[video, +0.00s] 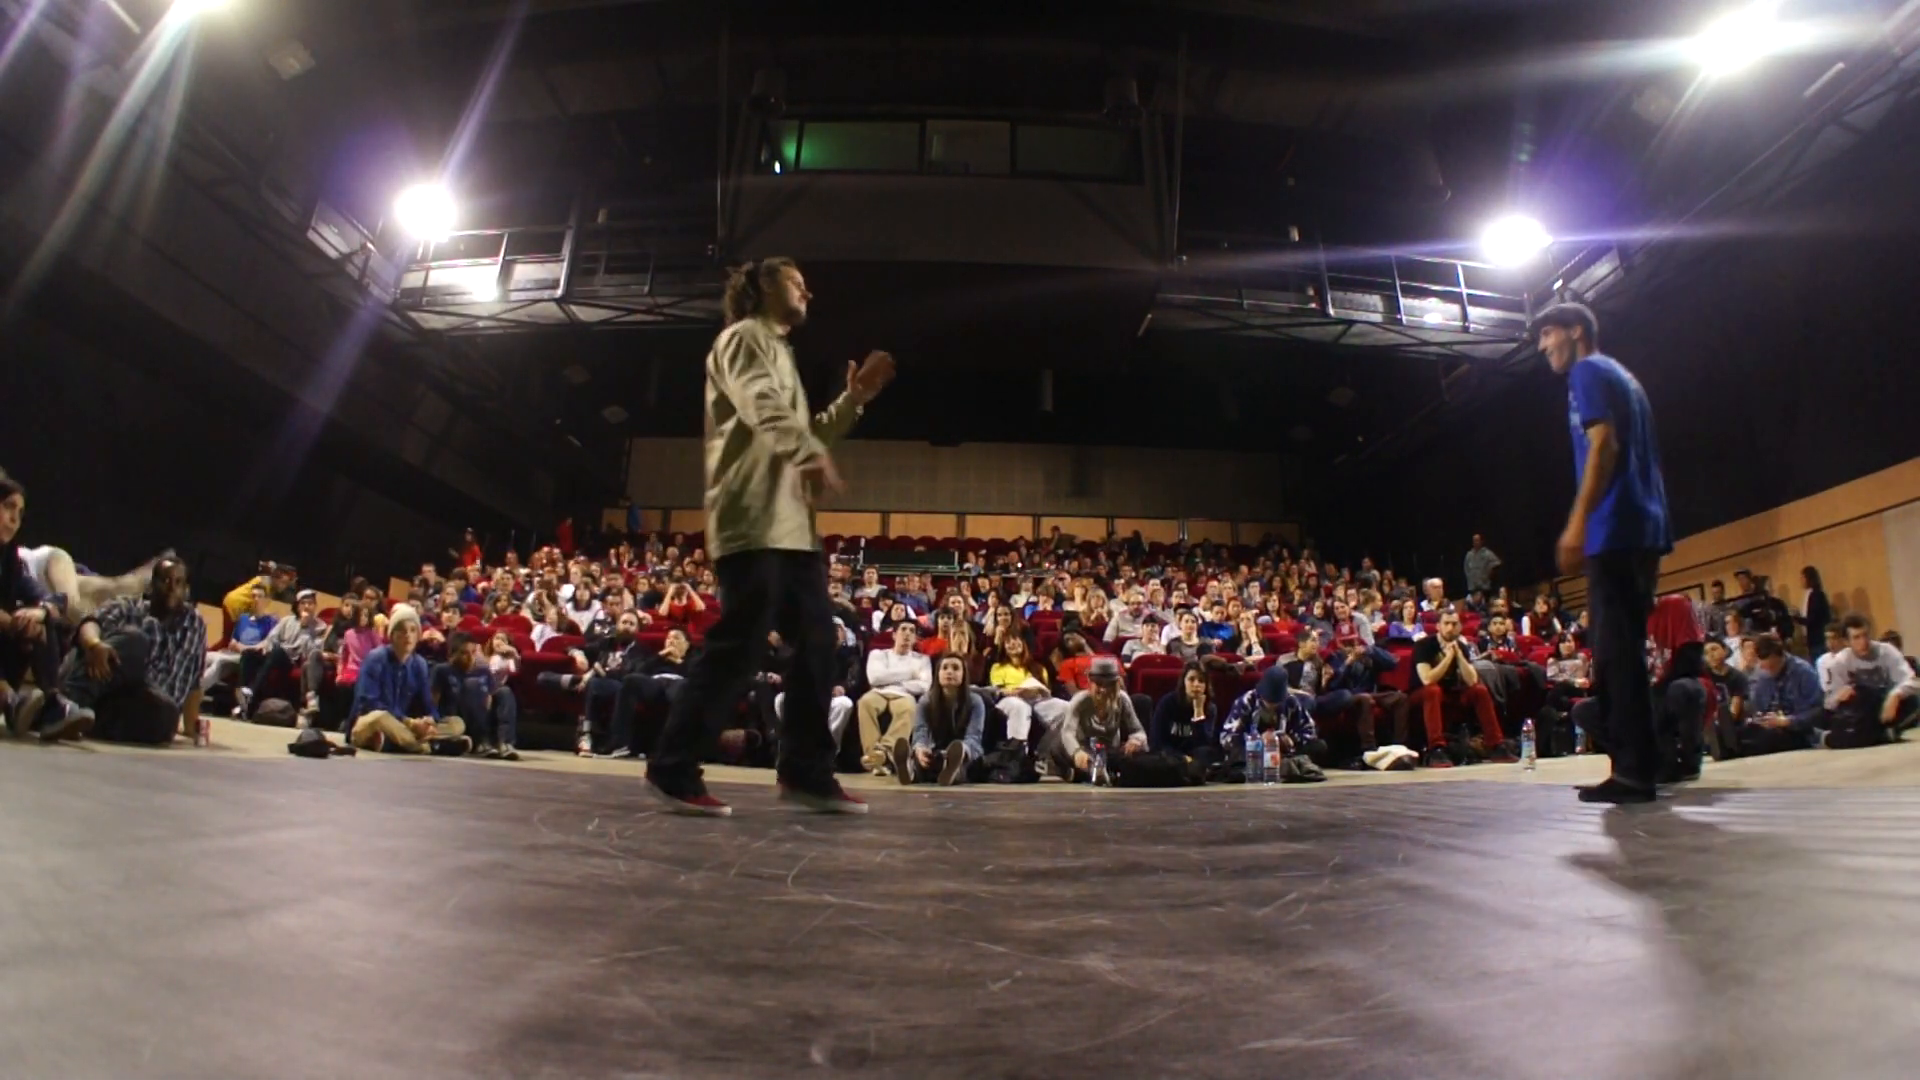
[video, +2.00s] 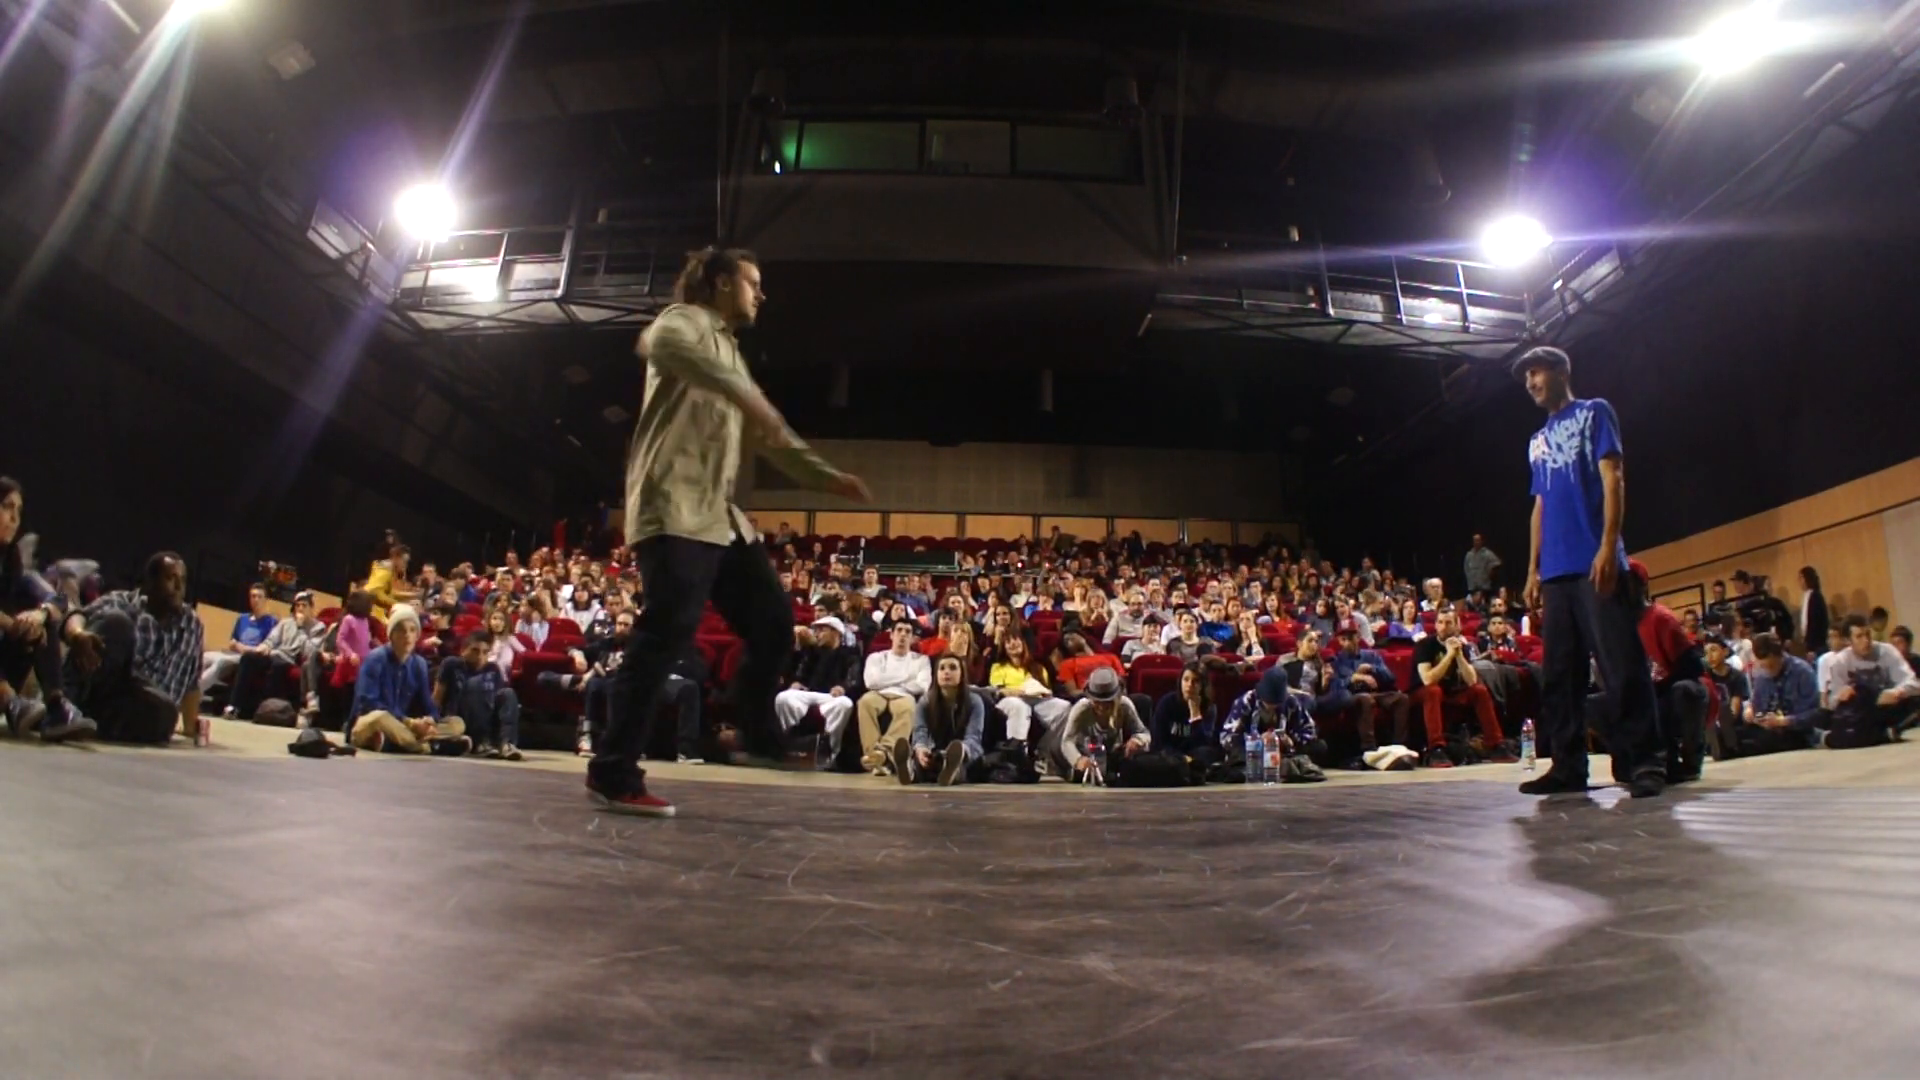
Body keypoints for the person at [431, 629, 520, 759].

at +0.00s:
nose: (470, 657)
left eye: (473, 653)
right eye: (465, 653)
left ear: (476, 652)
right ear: (455, 653)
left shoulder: (483, 672)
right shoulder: (442, 671)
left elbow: (490, 696)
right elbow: (435, 697)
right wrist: (435, 720)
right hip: (454, 719)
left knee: (505, 692)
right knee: (472, 685)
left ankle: (505, 743)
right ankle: (482, 741)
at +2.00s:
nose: (480, 657)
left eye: (485, 652)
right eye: (475, 651)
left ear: (489, 653)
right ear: (465, 650)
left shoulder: (492, 669)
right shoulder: (451, 664)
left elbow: (501, 694)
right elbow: (438, 697)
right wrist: (435, 722)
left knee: (508, 693)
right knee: (474, 684)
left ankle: (507, 743)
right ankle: (482, 742)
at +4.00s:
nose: (478, 659)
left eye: (483, 654)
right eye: (474, 653)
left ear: (487, 654)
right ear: (465, 653)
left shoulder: (491, 669)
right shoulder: (451, 664)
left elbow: (500, 694)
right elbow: (438, 697)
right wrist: (430, 721)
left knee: (510, 694)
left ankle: (508, 743)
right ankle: (483, 742)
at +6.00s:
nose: (478, 660)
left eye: (483, 654)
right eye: (473, 654)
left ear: (487, 654)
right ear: (464, 653)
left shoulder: (491, 669)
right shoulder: (450, 665)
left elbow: (496, 696)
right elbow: (438, 698)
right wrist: (429, 722)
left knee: (510, 694)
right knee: (470, 687)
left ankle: (507, 743)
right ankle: (482, 741)